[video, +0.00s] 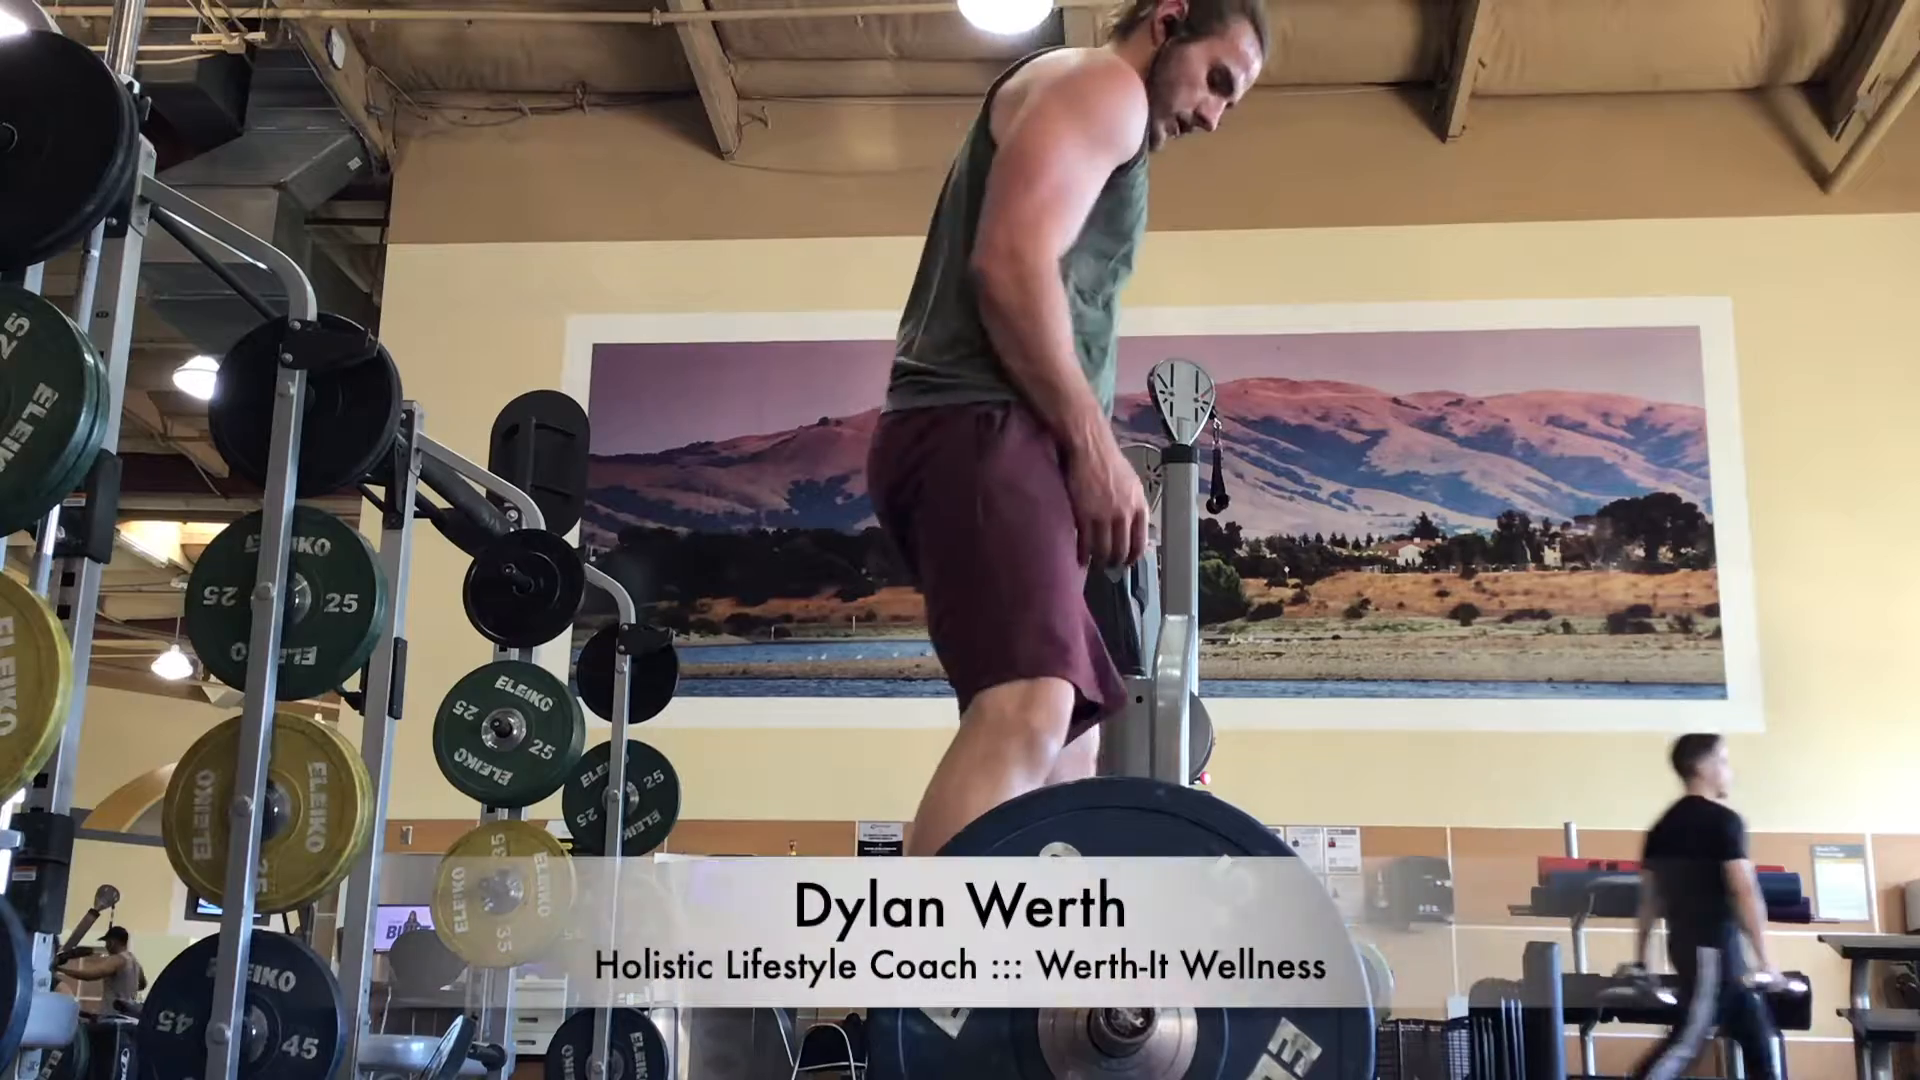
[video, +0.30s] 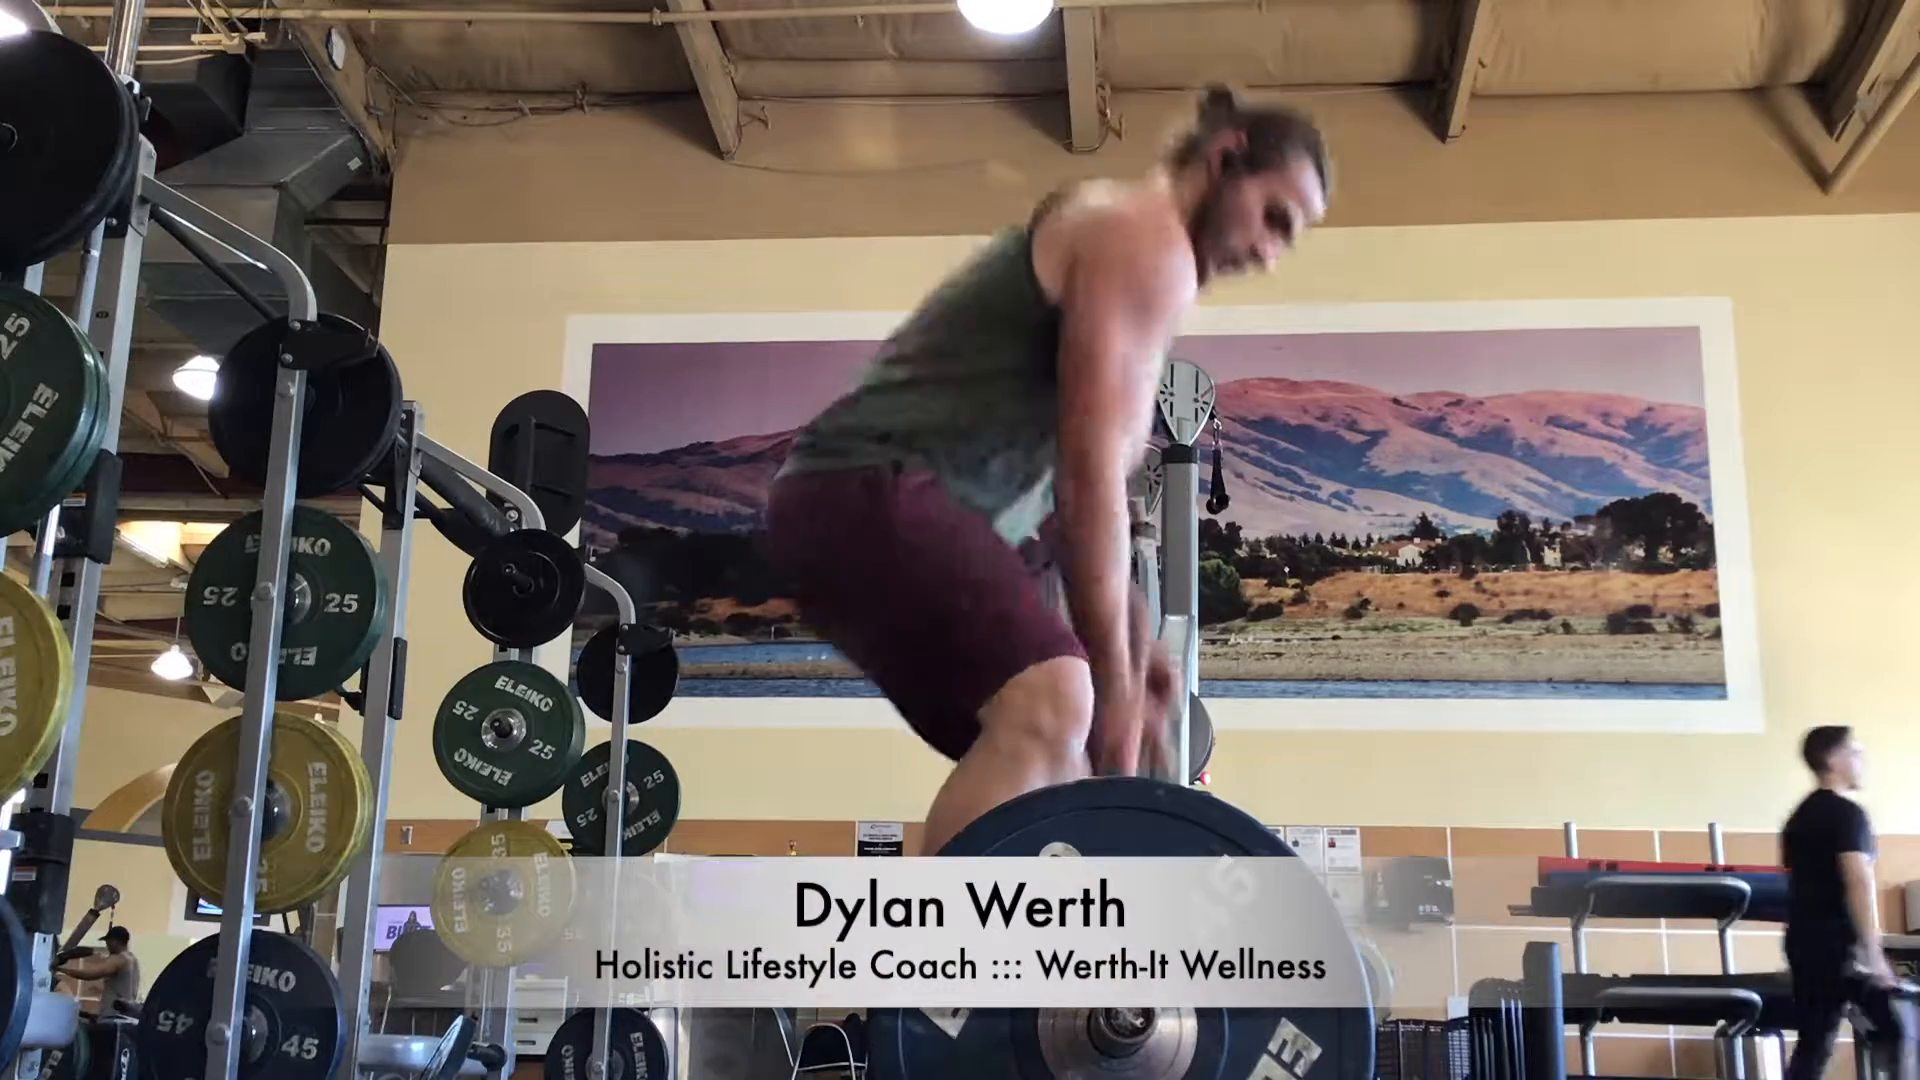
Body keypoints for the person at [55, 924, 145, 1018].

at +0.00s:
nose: (106, 946)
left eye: (107, 942)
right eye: (106, 942)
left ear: (114, 942)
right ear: (124, 942)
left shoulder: (117, 959)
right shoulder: (134, 961)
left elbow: (89, 975)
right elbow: (142, 984)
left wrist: (61, 970)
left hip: (110, 1016)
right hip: (127, 1017)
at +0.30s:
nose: (107, 945)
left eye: (109, 942)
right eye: (106, 942)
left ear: (116, 942)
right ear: (124, 942)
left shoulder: (119, 960)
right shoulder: (132, 960)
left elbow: (89, 975)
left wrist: (61, 969)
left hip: (111, 1016)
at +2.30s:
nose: (103, 947)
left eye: (104, 944)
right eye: (103, 944)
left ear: (111, 943)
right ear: (122, 943)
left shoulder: (117, 961)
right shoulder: (128, 961)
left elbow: (88, 977)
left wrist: (61, 971)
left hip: (107, 1018)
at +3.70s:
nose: (107, 950)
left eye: (107, 947)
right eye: (106, 947)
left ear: (110, 946)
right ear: (123, 944)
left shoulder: (119, 961)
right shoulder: (131, 962)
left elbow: (89, 977)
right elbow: (110, 988)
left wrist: (60, 971)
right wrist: (83, 987)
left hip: (111, 1018)